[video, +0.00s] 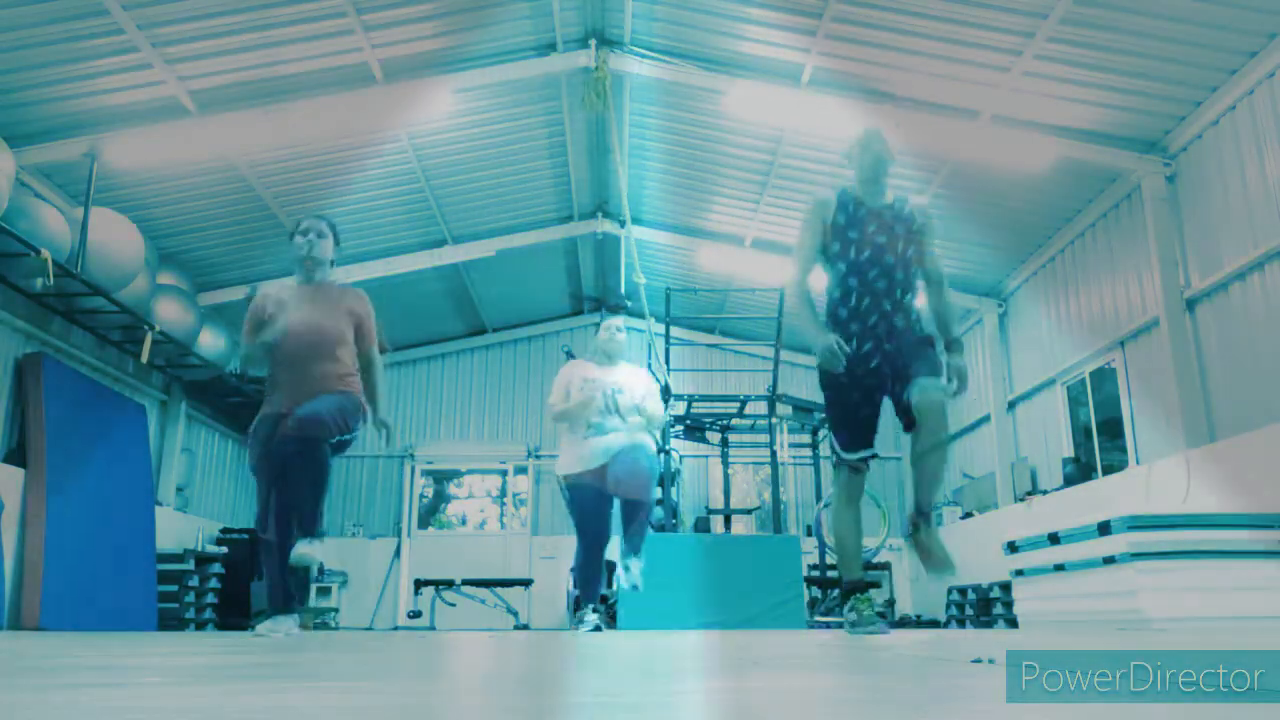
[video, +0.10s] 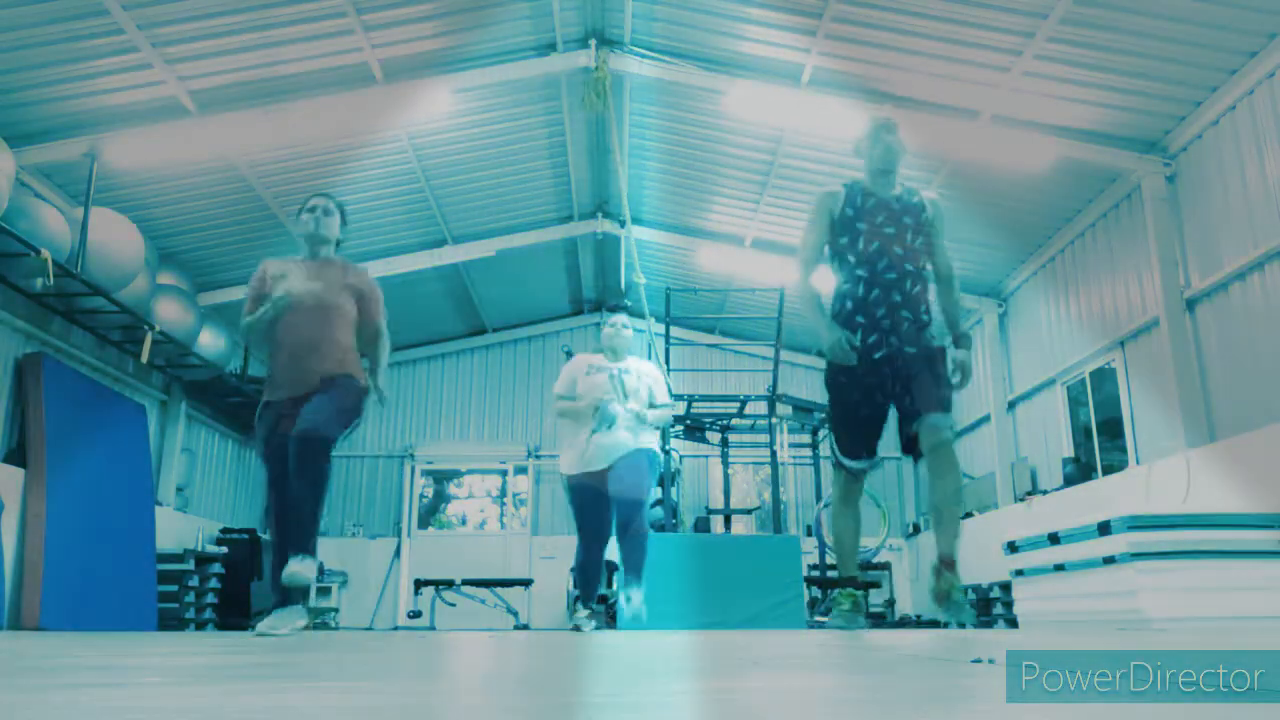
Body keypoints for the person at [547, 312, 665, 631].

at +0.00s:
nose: (616, 335)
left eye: (621, 330)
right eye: (610, 330)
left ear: (627, 338)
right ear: (597, 336)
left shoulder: (639, 375)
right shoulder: (574, 369)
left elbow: (659, 418)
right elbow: (554, 413)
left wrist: (637, 413)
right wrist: (582, 405)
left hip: (630, 460)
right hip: (582, 463)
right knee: (591, 538)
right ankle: (587, 609)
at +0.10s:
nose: (617, 331)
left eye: (624, 327)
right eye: (612, 326)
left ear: (633, 335)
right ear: (601, 333)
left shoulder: (649, 370)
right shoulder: (580, 364)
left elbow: (667, 412)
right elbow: (557, 405)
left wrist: (647, 415)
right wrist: (588, 408)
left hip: (634, 456)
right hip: (586, 460)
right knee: (592, 534)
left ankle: (634, 596)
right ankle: (585, 606)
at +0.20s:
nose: (624, 345)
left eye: (630, 341)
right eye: (617, 340)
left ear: (639, 351)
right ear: (605, 348)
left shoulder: (653, 385)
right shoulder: (586, 378)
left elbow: (672, 430)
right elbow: (565, 422)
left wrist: (656, 428)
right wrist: (594, 421)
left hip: (637, 471)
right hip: (589, 471)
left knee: (630, 537)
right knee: (593, 544)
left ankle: (626, 608)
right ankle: (585, 609)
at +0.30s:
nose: (629, 350)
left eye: (636, 346)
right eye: (623, 345)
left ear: (646, 355)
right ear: (613, 354)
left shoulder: (658, 391)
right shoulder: (593, 385)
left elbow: (677, 439)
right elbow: (572, 429)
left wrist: (666, 423)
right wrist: (604, 417)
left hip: (642, 472)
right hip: (592, 473)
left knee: (629, 534)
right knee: (596, 547)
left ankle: (627, 610)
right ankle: (587, 612)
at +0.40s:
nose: (635, 328)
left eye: (642, 325)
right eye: (630, 325)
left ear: (653, 335)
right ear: (620, 333)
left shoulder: (666, 368)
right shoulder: (600, 362)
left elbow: (683, 413)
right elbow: (579, 406)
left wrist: (665, 412)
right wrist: (610, 399)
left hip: (647, 462)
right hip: (598, 458)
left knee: (635, 532)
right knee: (592, 517)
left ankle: (631, 606)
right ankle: (584, 579)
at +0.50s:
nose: (642, 325)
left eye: (648, 321)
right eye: (636, 321)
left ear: (657, 331)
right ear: (624, 328)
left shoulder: (672, 363)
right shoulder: (604, 357)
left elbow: (689, 410)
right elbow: (582, 401)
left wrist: (671, 412)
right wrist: (614, 399)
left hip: (655, 447)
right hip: (608, 439)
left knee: (642, 527)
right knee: (599, 483)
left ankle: (637, 604)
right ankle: (594, 543)